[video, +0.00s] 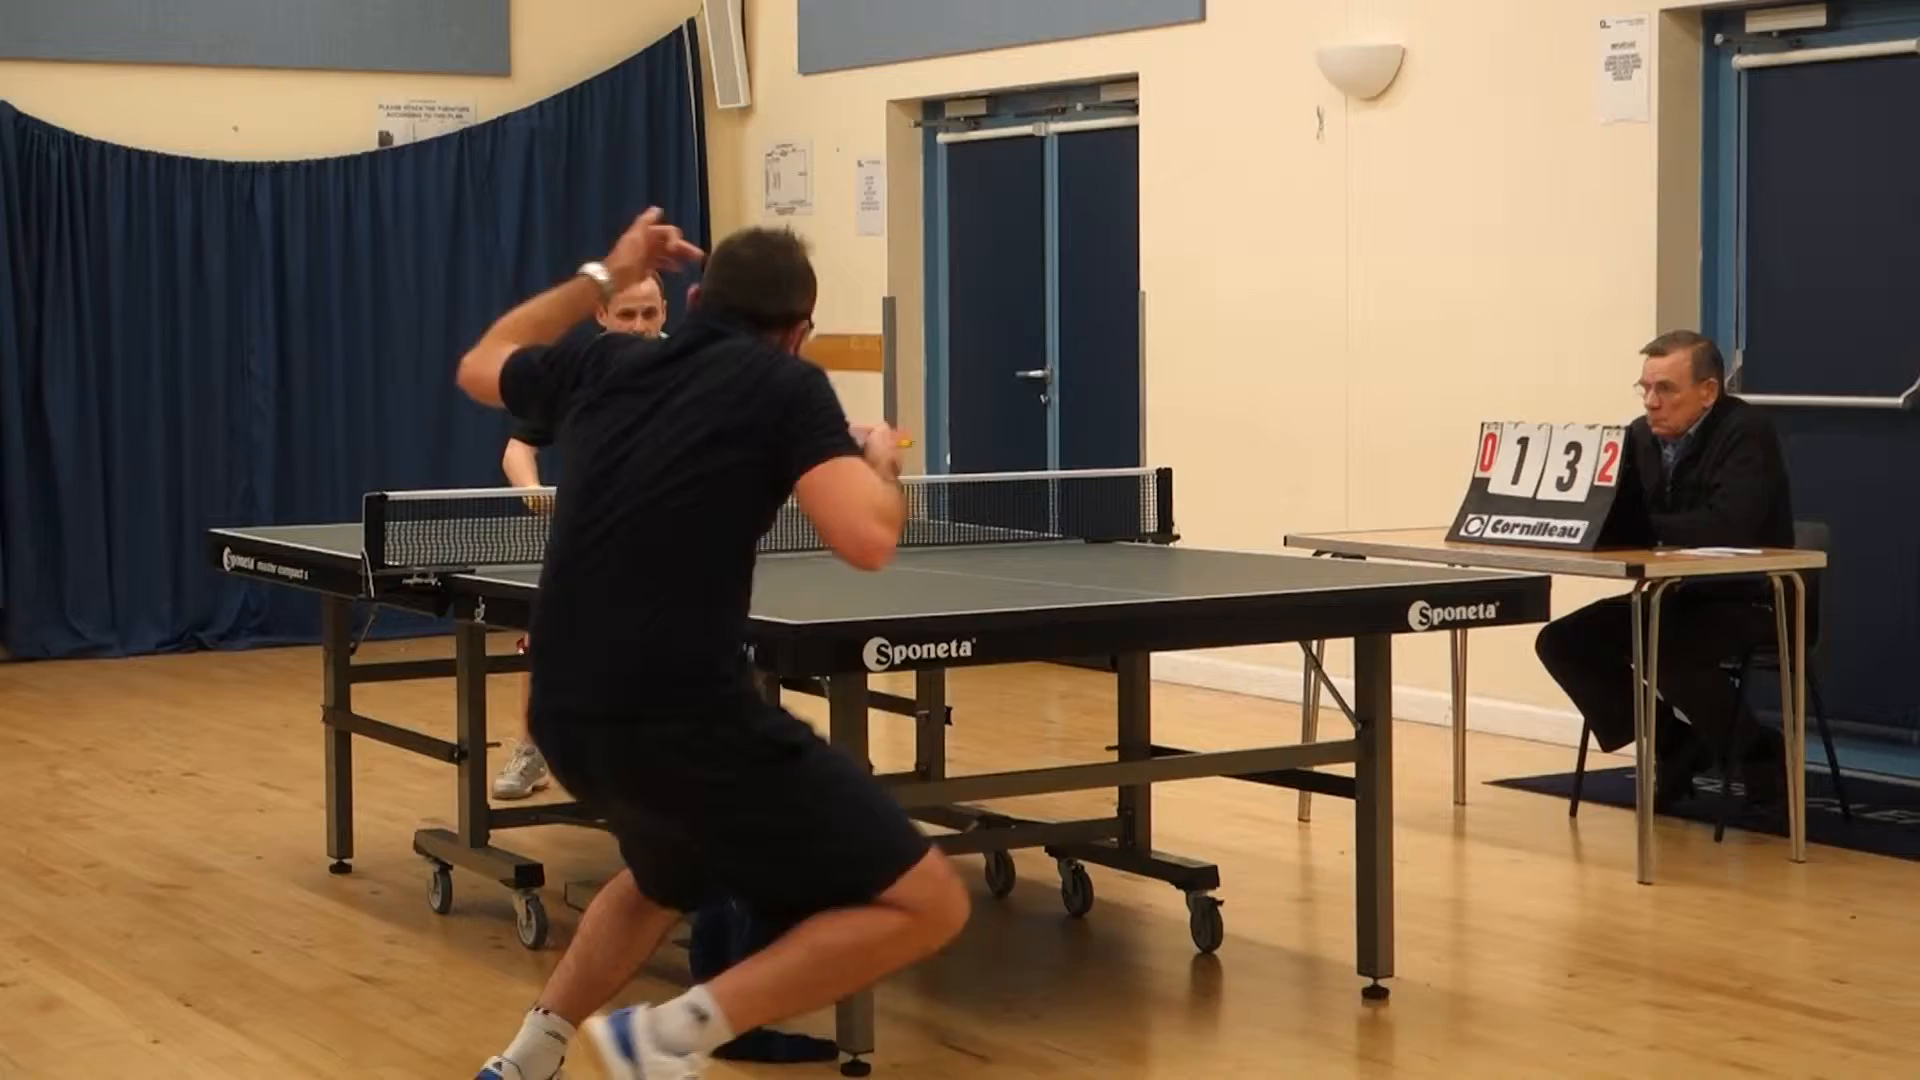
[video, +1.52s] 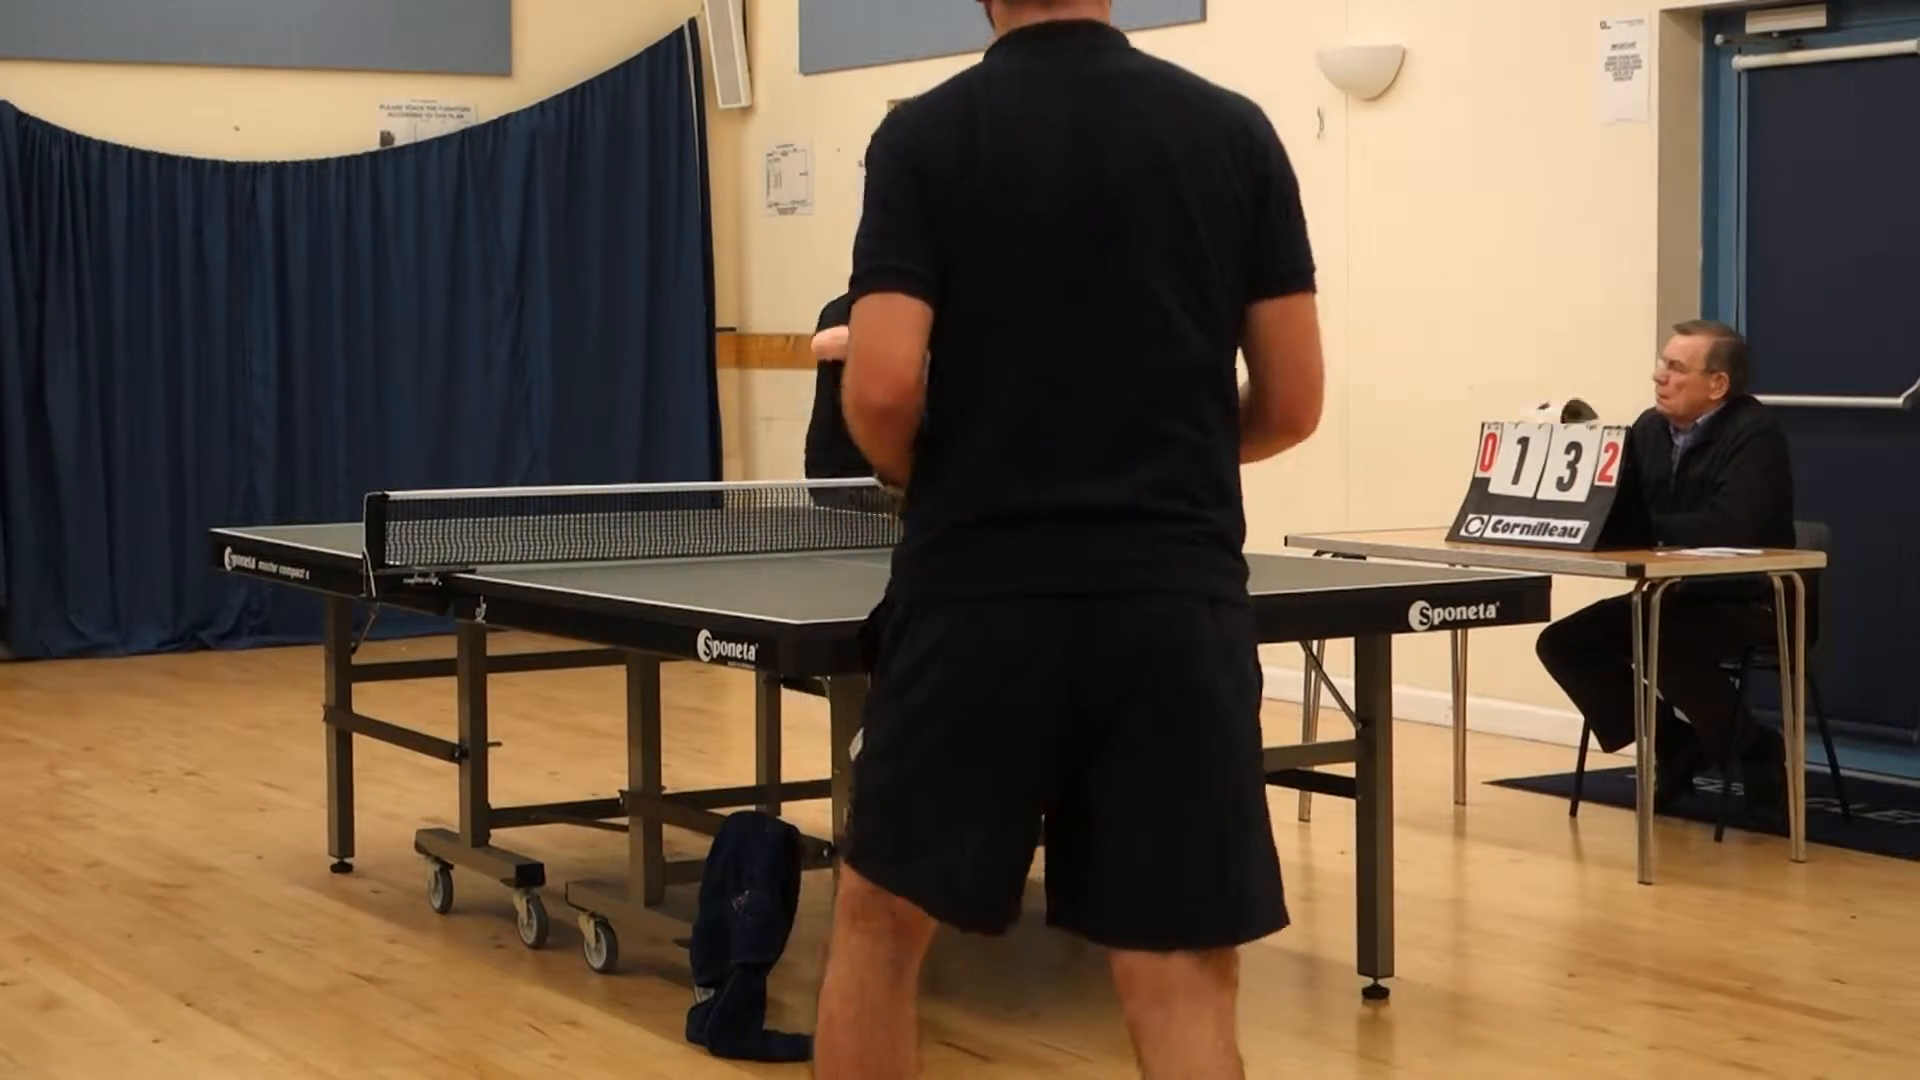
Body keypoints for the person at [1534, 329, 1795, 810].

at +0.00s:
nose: (1650, 401)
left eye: (1665, 389)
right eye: (1646, 387)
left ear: (1708, 392)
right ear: (1640, 387)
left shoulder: (1747, 433)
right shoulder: (1640, 436)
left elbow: (1735, 526)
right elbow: (1613, 519)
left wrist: (1643, 530)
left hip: (1754, 600)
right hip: (1672, 595)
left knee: (1667, 647)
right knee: (1561, 642)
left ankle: (1758, 751)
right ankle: (1674, 740)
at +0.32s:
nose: (1641, 396)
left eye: (1655, 384)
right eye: (1641, 383)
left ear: (1701, 392)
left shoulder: (1746, 434)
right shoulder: (1642, 438)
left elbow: (1734, 526)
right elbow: (1613, 517)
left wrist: (1641, 530)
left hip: (1756, 599)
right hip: (1675, 594)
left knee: (1666, 646)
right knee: (1561, 642)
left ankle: (1757, 750)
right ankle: (1674, 740)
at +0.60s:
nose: (1636, 391)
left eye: (1650, 380)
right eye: (1640, 378)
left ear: (1694, 389)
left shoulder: (1748, 432)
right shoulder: (1643, 437)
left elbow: (1735, 526)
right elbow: (1607, 511)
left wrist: (1637, 529)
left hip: (1754, 599)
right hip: (1674, 595)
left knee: (1667, 647)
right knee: (1562, 644)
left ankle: (1758, 750)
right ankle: (1674, 739)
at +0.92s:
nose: (1639, 383)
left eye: (1653, 373)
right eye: (1644, 371)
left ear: (1695, 384)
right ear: (1686, 383)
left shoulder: (1748, 433)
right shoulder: (1645, 436)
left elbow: (1736, 524)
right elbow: (1616, 517)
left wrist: (1639, 530)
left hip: (1753, 597)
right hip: (1672, 593)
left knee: (1669, 647)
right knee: (1562, 645)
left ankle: (1754, 749)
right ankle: (1673, 740)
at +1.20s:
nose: (1650, 376)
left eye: (1665, 368)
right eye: (1653, 364)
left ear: (1707, 383)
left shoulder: (1750, 432)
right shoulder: (1647, 433)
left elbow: (1736, 524)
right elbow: (1618, 515)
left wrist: (1641, 528)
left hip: (1752, 597)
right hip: (1671, 593)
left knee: (1670, 649)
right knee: (1562, 645)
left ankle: (1754, 749)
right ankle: (1673, 743)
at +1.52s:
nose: (1659, 376)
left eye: (1675, 368)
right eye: (1661, 364)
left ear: (1717, 386)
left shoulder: (1755, 433)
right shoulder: (1649, 428)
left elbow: (1737, 525)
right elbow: (1615, 511)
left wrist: (1640, 530)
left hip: (1748, 596)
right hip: (1669, 591)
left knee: (1668, 647)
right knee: (1562, 643)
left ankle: (1756, 749)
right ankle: (1673, 741)